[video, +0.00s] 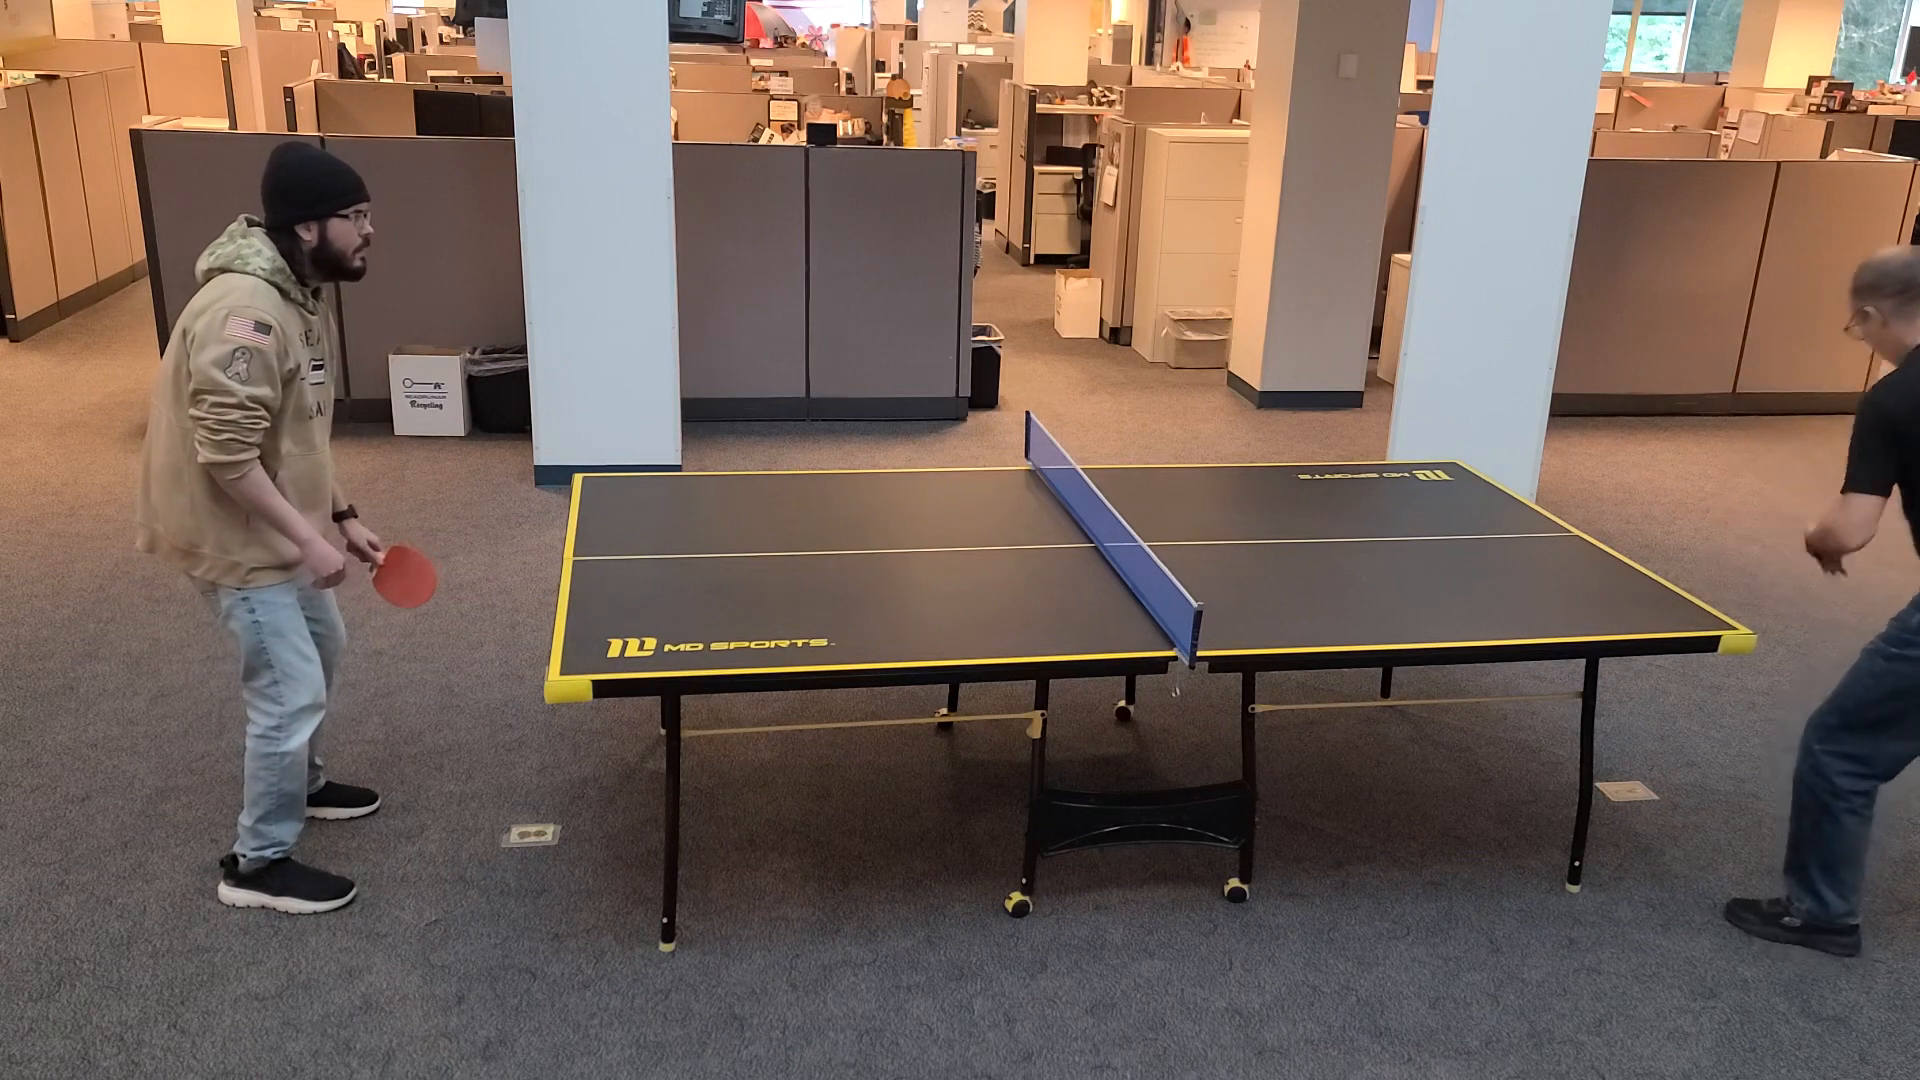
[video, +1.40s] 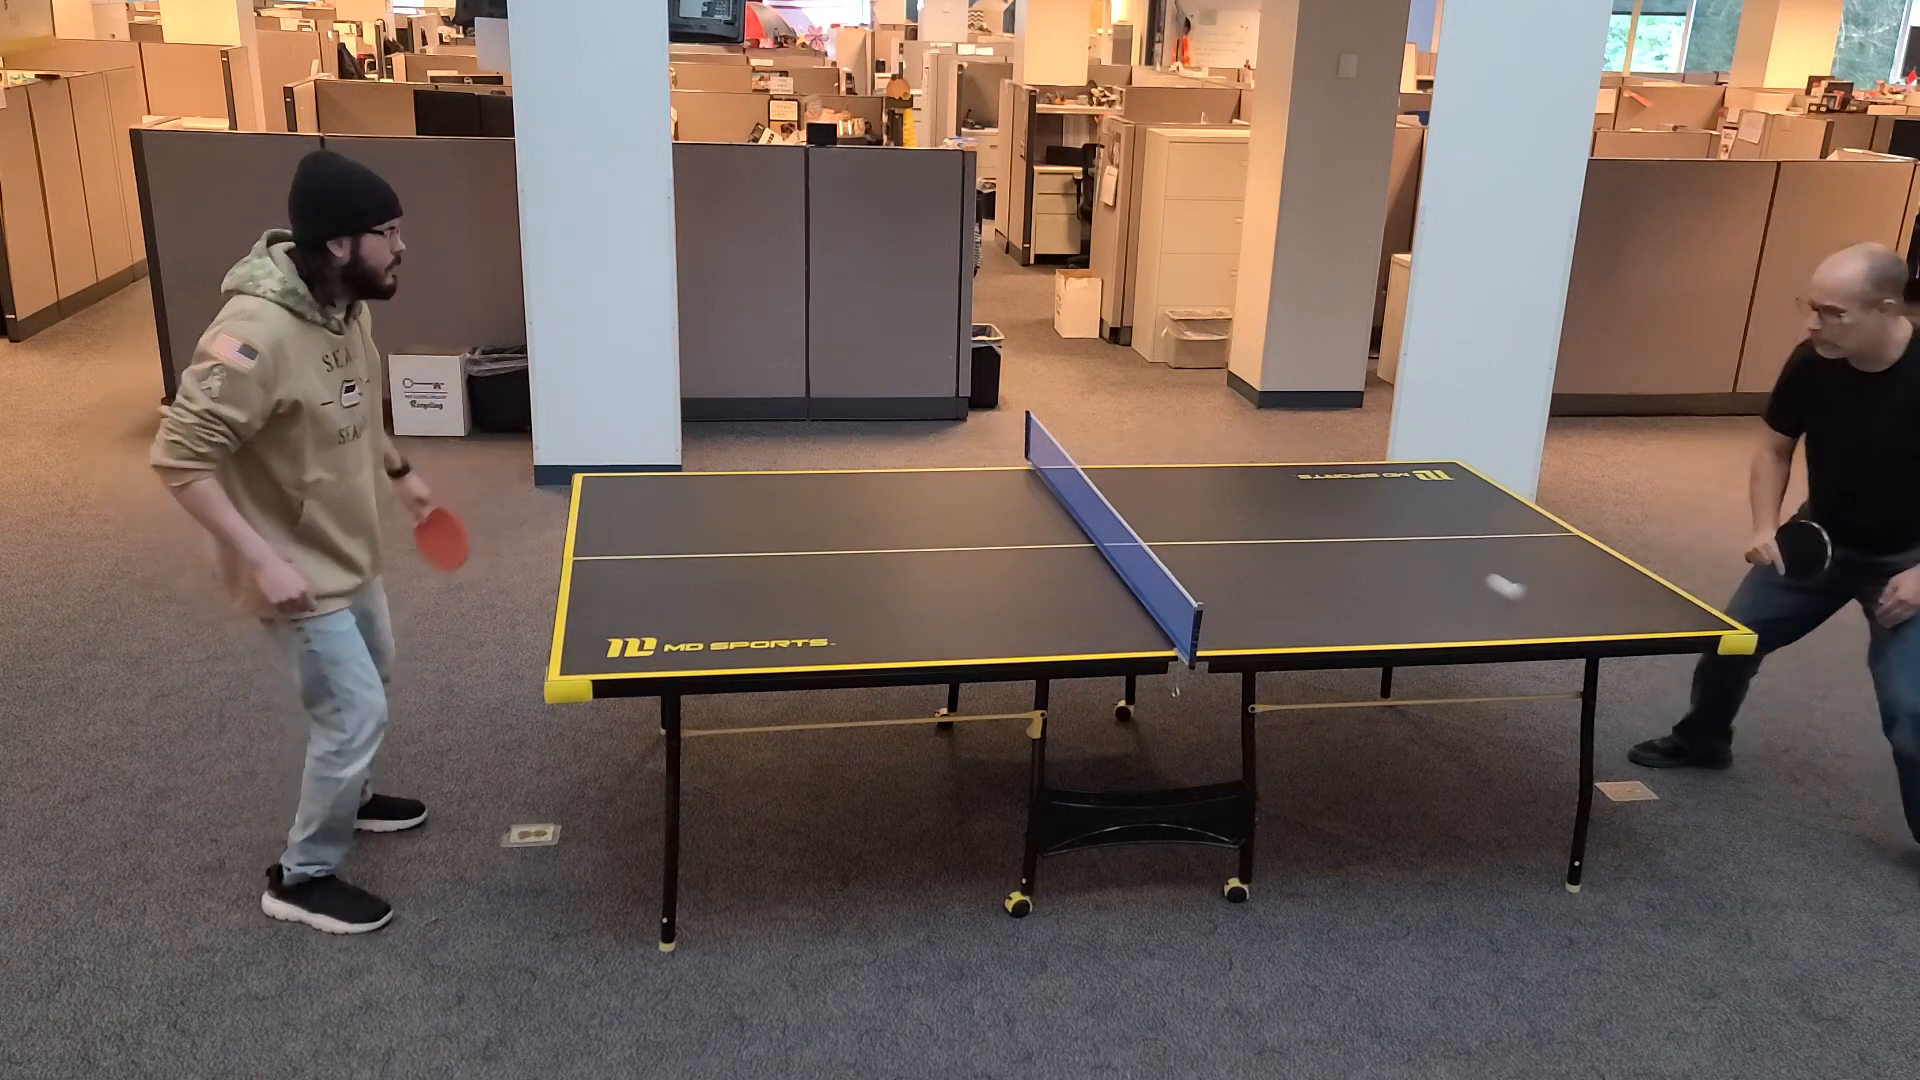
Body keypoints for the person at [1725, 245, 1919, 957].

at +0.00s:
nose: (1859, 335)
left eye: (1861, 321)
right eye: (1858, 322)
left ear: (1890, 312)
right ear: (1911, 310)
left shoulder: (1896, 398)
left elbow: (1853, 530)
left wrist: (1823, 540)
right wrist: (1833, 535)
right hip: (1919, 620)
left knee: (1840, 744)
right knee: (1848, 744)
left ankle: (1824, 911)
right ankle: (1825, 909)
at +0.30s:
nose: (1756, 340)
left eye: (1757, 324)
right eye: (1752, 326)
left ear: (1803, 307)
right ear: (1808, 304)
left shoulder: (1873, 371)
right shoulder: (1883, 352)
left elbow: (1919, 495)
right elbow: (1900, 488)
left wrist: (1854, 575)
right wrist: (1836, 536)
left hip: (1900, 606)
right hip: (1902, 598)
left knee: (1817, 756)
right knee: (1918, 740)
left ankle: (1822, 915)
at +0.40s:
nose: (1747, 318)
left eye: (1749, 302)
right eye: (1743, 304)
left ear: (1794, 290)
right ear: (1800, 287)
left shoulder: (1876, 362)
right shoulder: (1838, 350)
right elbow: (1864, 457)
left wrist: (1869, 573)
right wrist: (1816, 506)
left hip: (1895, 590)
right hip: (1880, 581)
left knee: (1816, 752)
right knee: (1882, 730)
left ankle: (1822, 913)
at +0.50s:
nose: (1738, 297)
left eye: (1746, 283)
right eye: (1736, 284)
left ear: (1796, 279)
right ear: (1797, 279)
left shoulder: (1877, 358)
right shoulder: (1815, 345)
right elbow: (1815, 442)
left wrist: (1859, 572)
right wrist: (1780, 494)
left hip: (1884, 577)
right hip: (1834, 561)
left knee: (1799, 741)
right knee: (1789, 680)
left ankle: (1821, 907)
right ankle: (1865, 823)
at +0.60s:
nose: (1731, 300)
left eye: (1740, 286)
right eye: (1731, 285)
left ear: (1793, 282)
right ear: (1789, 282)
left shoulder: (1868, 364)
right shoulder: (1799, 344)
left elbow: (1912, 487)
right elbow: (1776, 432)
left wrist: (1843, 578)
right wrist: (1748, 479)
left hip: (1874, 564)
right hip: (1810, 547)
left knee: (1785, 732)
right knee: (1745, 650)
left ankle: (1819, 905)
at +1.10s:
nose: (1728, 298)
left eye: (1744, 287)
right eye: (1727, 284)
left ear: (1799, 287)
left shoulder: (1869, 354)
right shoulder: (1747, 348)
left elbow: (1914, 466)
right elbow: (1710, 423)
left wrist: (1847, 548)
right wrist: (1696, 492)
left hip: (1868, 542)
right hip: (1778, 530)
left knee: (1884, 696)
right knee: (1697, 626)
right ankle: (1699, 738)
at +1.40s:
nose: (1812, 325)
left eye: (1829, 313)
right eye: (1810, 308)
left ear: (1885, 312)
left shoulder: (1919, 374)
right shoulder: (1812, 365)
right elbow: (1775, 447)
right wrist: (1764, 528)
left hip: (1907, 567)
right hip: (1826, 546)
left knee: (1910, 713)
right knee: (1736, 633)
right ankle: (1704, 739)